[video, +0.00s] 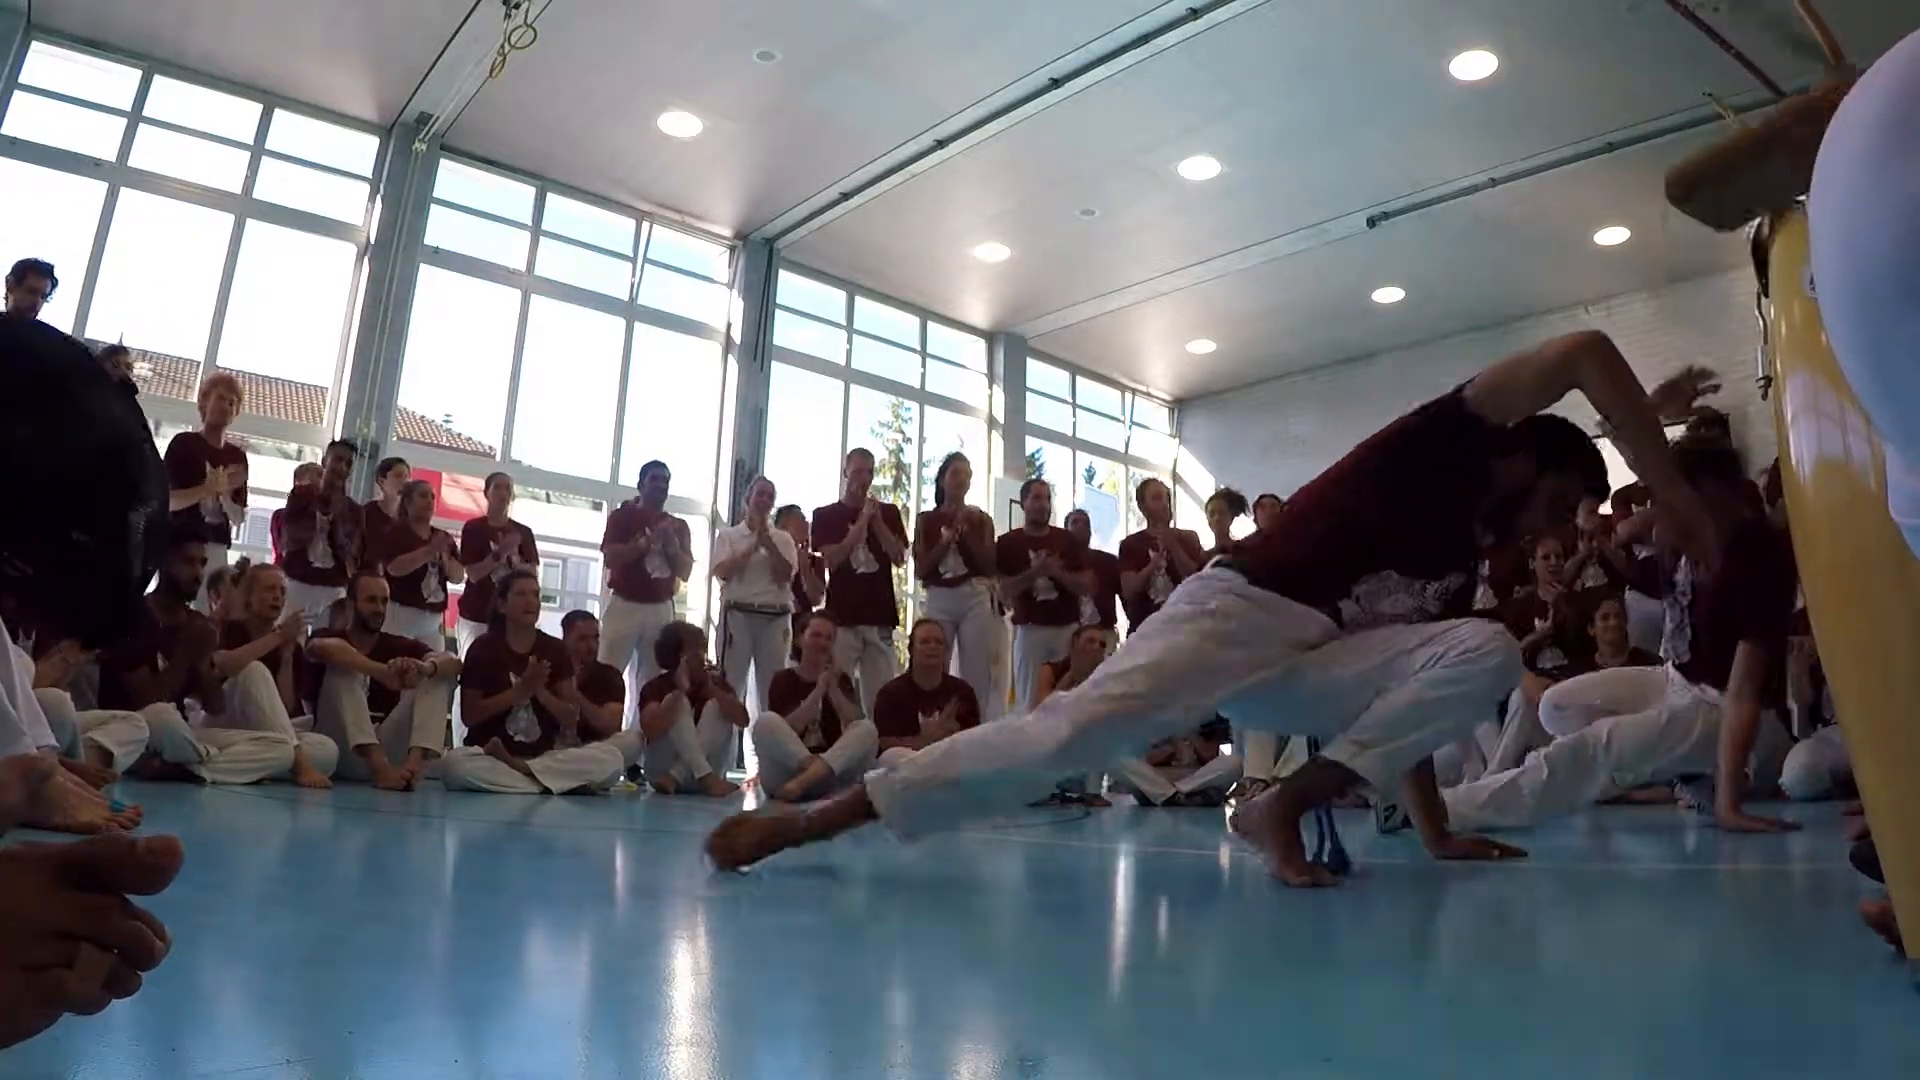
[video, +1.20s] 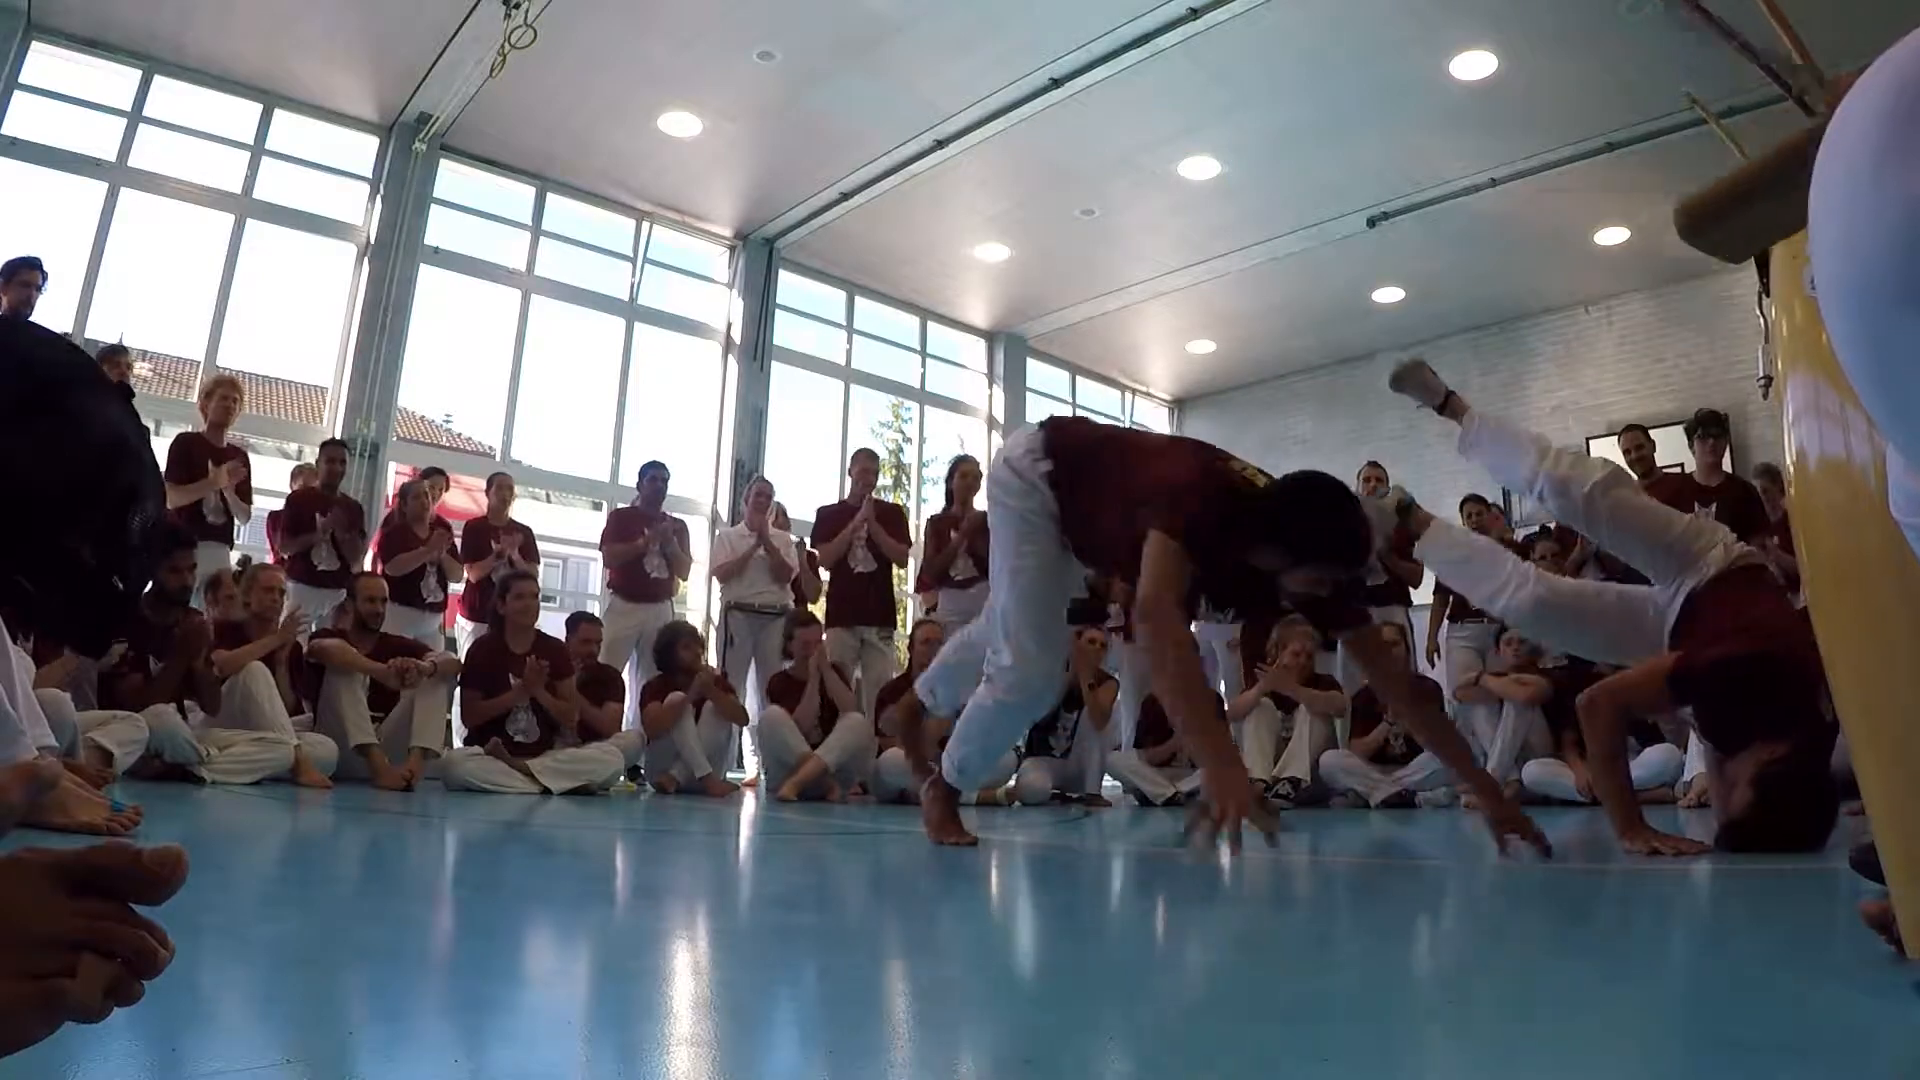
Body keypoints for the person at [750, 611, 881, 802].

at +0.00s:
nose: (822, 643)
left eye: (828, 638)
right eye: (816, 636)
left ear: (833, 644)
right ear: (799, 639)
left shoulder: (841, 680)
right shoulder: (783, 679)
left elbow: (858, 724)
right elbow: (782, 731)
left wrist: (834, 691)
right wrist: (818, 692)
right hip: (787, 775)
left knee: (866, 729)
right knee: (765, 722)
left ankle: (801, 783)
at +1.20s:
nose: (812, 650)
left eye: (818, 643)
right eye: (805, 644)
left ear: (823, 642)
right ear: (789, 645)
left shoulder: (835, 671)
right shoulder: (779, 681)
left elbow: (850, 709)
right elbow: (801, 728)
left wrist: (826, 669)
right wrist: (813, 677)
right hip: (789, 777)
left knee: (857, 722)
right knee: (771, 715)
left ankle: (795, 783)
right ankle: (828, 785)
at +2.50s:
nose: (812, 663)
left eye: (818, 657)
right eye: (805, 656)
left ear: (827, 654)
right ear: (793, 653)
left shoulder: (833, 677)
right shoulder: (778, 675)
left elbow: (853, 683)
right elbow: (783, 689)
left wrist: (835, 639)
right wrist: (788, 640)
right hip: (786, 777)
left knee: (856, 713)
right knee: (793, 701)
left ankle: (809, 783)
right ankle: (826, 782)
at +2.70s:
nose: (813, 665)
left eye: (819, 658)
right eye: (806, 658)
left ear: (828, 655)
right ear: (793, 656)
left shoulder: (834, 678)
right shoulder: (778, 677)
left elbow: (853, 680)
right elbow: (780, 691)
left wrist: (837, 640)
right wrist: (786, 639)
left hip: (832, 778)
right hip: (786, 776)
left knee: (852, 711)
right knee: (793, 701)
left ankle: (810, 784)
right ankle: (825, 782)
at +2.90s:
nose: (813, 667)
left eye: (819, 660)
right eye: (806, 660)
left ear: (828, 657)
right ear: (793, 658)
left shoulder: (835, 678)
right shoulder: (780, 679)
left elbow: (857, 676)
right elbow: (778, 694)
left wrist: (838, 643)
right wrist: (787, 647)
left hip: (832, 779)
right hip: (785, 777)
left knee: (852, 711)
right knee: (796, 701)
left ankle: (812, 785)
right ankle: (824, 783)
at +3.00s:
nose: (811, 665)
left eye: (818, 657)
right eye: (804, 658)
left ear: (828, 655)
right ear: (792, 656)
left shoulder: (835, 678)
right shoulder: (780, 679)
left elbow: (858, 684)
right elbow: (776, 699)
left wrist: (838, 650)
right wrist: (787, 648)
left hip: (832, 778)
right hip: (785, 776)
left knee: (851, 710)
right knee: (796, 700)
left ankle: (812, 785)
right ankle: (824, 783)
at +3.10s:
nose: (811, 664)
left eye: (818, 656)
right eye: (804, 657)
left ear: (827, 654)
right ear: (794, 656)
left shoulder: (836, 679)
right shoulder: (780, 680)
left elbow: (859, 687)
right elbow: (775, 701)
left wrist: (839, 656)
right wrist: (791, 653)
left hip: (832, 779)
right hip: (785, 777)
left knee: (851, 711)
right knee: (797, 701)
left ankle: (812, 785)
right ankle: (824, 783)